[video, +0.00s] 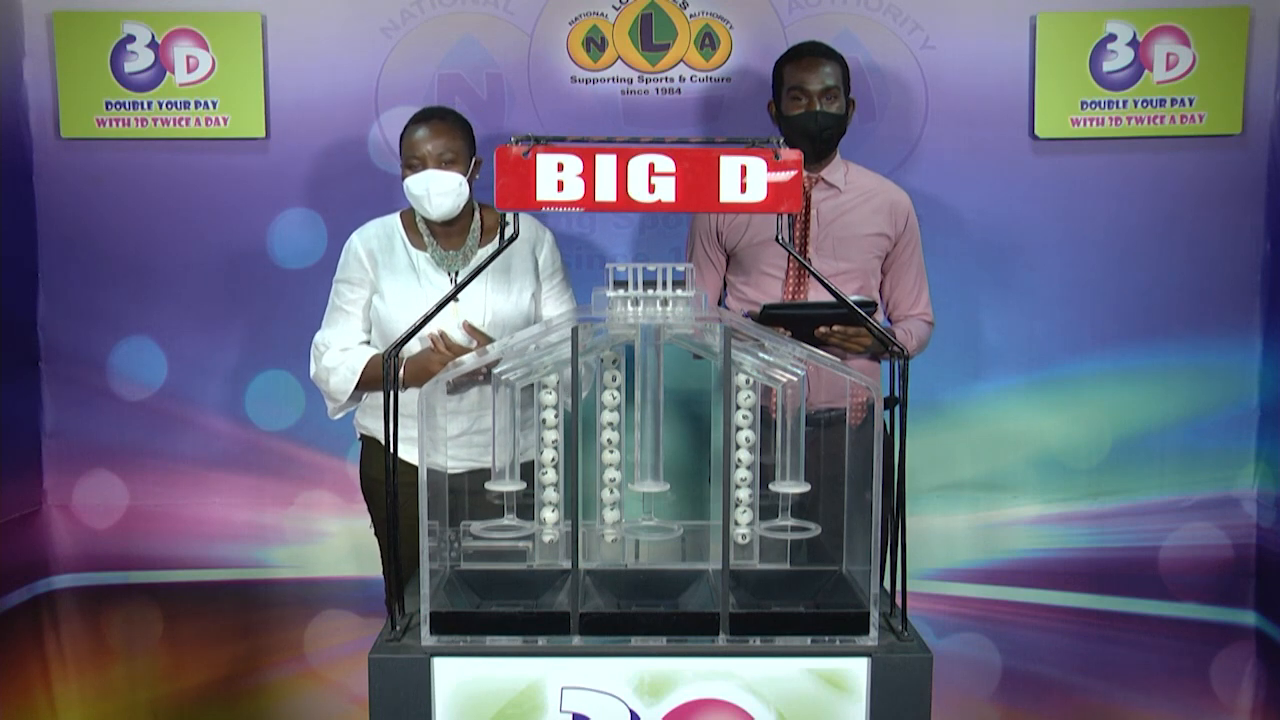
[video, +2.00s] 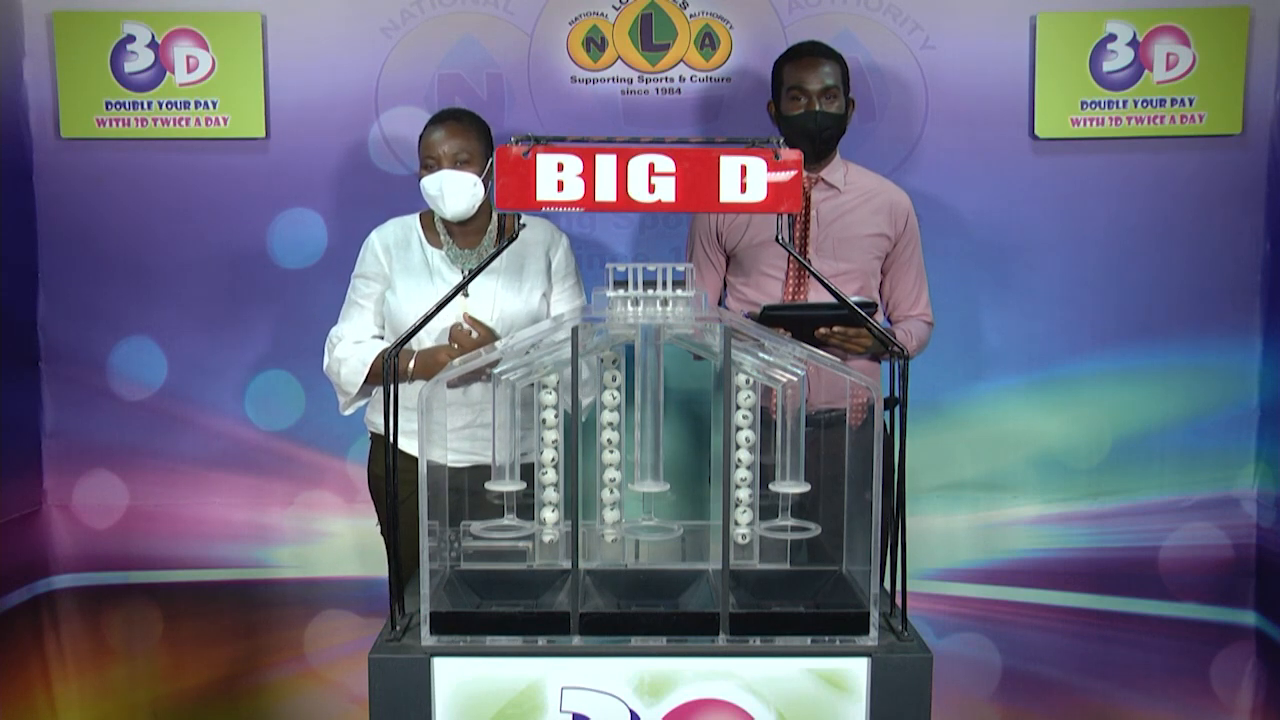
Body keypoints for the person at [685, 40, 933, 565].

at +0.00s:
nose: (814, 109)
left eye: (830, 95)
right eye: (797, 96)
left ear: (849, 108)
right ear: (775, 109)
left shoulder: (888, 204)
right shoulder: (727, 200)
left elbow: (915, 321)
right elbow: (694, 317)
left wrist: (876, 341)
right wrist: (758, 335)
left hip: (843, 417)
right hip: (750, 418)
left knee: (843, 581)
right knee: (752, 580)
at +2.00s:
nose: (814, 109)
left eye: (829, 95)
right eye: (796, 96)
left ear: (848, 107)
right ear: (774, 109)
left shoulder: (888, 205)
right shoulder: (727, 202)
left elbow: (915, 321)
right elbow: (695, 320)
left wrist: (877, 342)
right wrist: (757, 339)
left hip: (843, 418)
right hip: (751, 419)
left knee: (844, 582)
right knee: (752, 581)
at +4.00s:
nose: (813, 108)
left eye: (828, 94)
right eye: (796, 95)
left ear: (848, 108)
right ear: (774, 109)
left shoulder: (888, 204)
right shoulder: (726, 200)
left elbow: (914, 320)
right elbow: (696, 318)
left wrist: (876, 342)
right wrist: (760, 340)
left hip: (843, 416)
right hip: (751, 416)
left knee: (844, 581)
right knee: (753, 579)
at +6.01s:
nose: (814, 107)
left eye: (829, 94)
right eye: (797, 95)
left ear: (848, 108)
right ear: (775, 109)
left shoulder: (888, 205)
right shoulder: (727, 200)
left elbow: (914, 320)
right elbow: (696, 316)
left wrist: (876, 340)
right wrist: (757, 335)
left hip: (843, 415)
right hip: (752, 414)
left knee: (844, 578)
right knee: (753, 576)